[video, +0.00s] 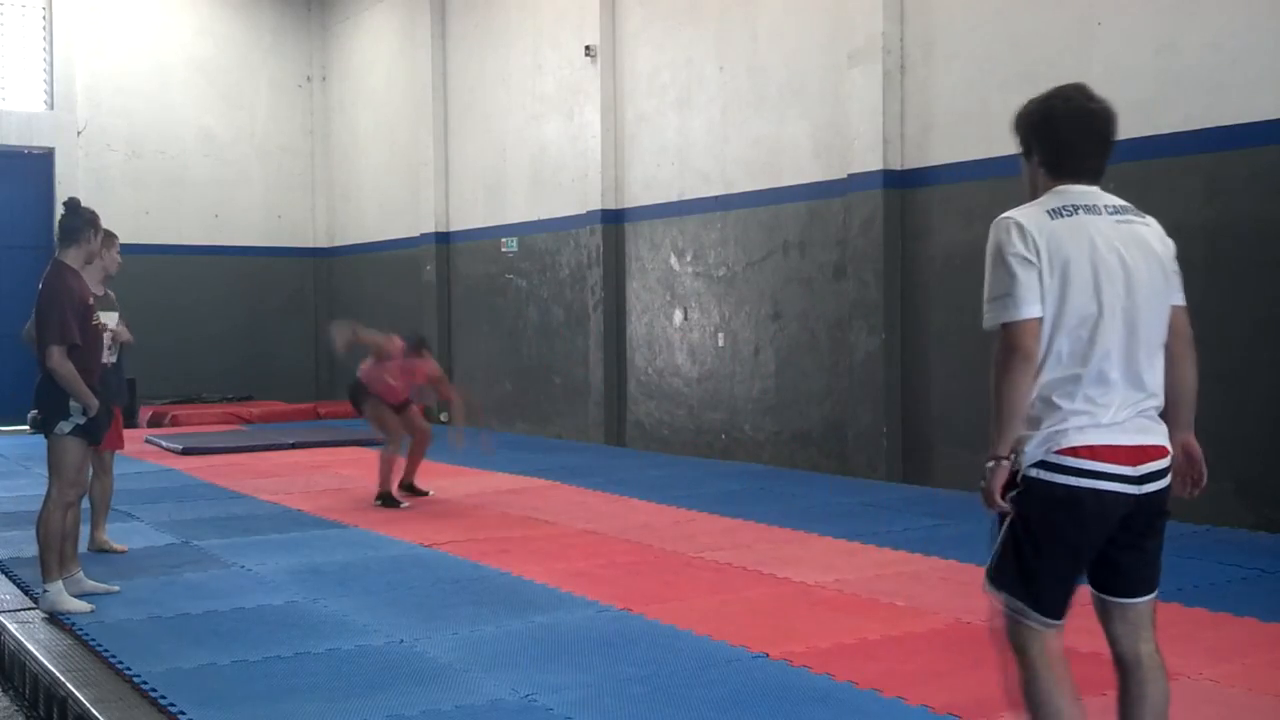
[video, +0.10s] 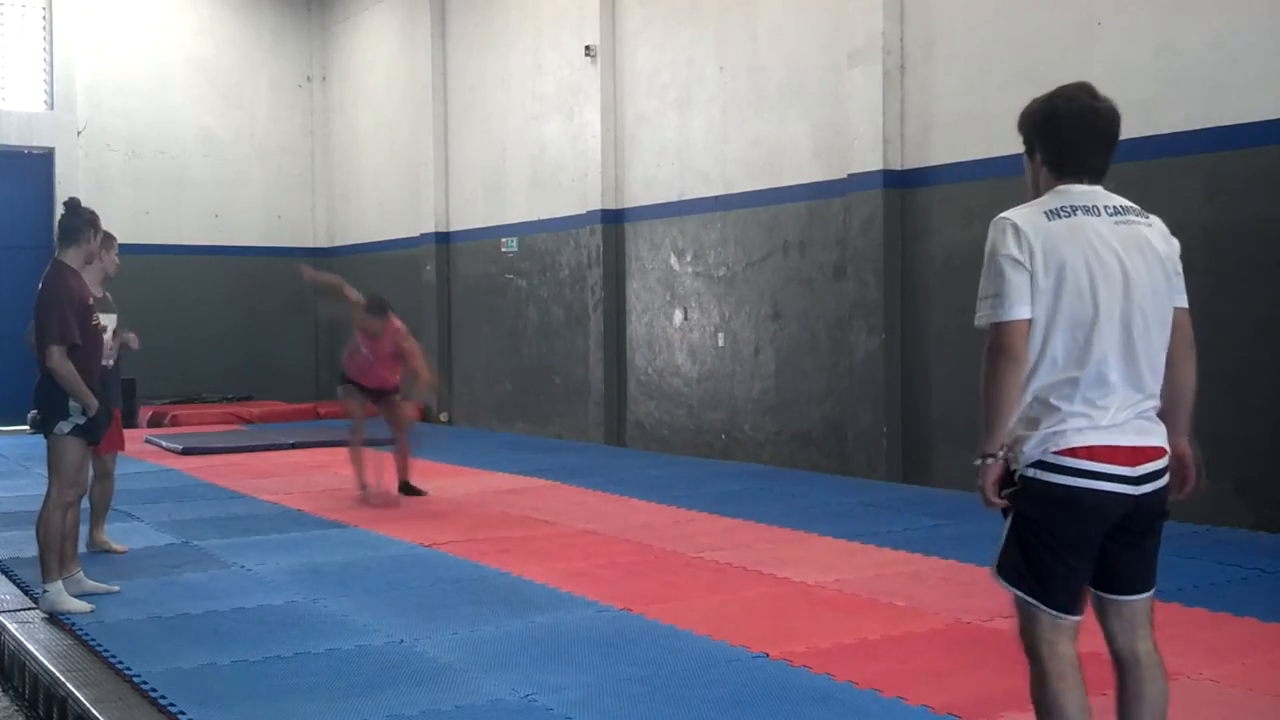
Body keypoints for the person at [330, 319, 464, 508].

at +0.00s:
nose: (413, 363)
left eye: (418, 359)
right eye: (411, 358)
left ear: (424, 356)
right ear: (406, 351)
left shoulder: (430, 367)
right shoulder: (392, 347)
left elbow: (452, 397)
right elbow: (356, 332)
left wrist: (457, 430)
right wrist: (342, 341)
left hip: (397, 398)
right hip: (367, 391)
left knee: (422, 432)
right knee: (395, 434)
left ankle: (407, 482)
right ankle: (384, 492)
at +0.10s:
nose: (368, 329)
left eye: (374, 326)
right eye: (366, 324)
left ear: (385, 321)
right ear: (363, 315)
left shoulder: (400, 335)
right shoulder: (361, 310)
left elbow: (423, 374)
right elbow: (340, 284)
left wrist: (413, 403)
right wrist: (313, 276)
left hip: (386, 386)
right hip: (354, 381)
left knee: (401, 427)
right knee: (356, 426)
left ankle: (404, 482)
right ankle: (362, 486)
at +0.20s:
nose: (334, 303)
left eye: (337, 299)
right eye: (332, 299)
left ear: (347, 294)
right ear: (332, 294)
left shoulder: (369, 312)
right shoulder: (343, 301)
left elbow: (397, 346)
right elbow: (330, 271)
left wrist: (377, 368)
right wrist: (303, 259)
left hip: (372, 376)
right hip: (346, 372)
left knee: (365, 423)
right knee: (328, 414)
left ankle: (371, 481)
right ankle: (340, 473)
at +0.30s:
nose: (310, 295)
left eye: (312, 290)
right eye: (310, 290)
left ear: (319, 288)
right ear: (325, 282)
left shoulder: (336, 300)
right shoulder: (331, 297)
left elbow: (357, 322)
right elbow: (316, 275)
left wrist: (335, 338)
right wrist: (294, 264)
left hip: (355, 378)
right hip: (344, 377)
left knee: (339, 429)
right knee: (312, 413)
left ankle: (350, 486)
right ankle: (318, 470)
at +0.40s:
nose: (294, 300)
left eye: (294, 295)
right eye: (293, 296)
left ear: (299, 292)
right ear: (312, 286)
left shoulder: (318, 303)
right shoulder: (326, 301)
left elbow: (302, 312)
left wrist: (277, 315)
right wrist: (287, 282)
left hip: (340, 375)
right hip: (338, 374)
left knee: (313, 419)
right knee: (312, 418)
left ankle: (338, 477)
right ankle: (299, 464)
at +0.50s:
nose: (276, 314)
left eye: (279, 308)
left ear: (288, 307)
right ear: (305, 306)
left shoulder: (291, 316)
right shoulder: (320, 324)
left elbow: (259, 306)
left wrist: (225, 307)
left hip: (321, 377)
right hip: (343, 378)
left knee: (286, 421)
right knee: (309, 424)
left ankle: (299, 472)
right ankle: (293, 467)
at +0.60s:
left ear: (284, 335)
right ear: (300, 337)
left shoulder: (280, 342)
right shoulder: (311, 351)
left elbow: (249, 339)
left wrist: (227, 334)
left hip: (301, 381)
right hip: (324, 384)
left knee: (283, 436)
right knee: (290, 437)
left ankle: (296, 483)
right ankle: (278, 481)